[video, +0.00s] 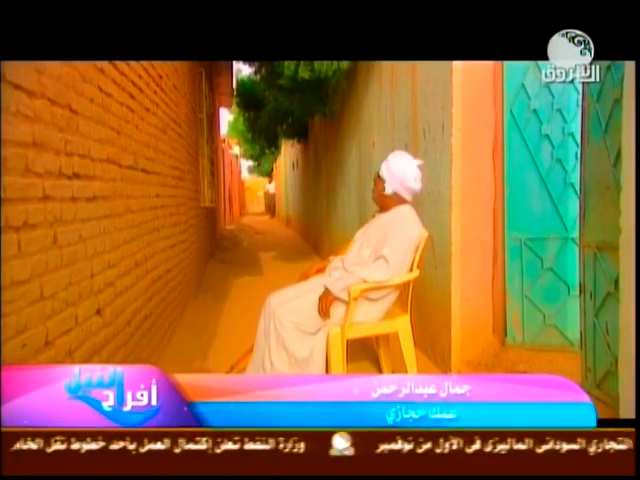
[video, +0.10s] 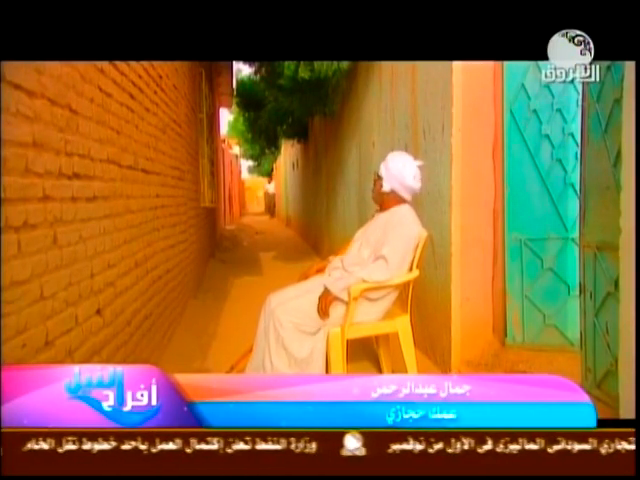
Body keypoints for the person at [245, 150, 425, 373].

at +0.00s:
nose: (373, 186)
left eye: (378, 181)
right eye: (376, 179)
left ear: (390, 188)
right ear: (392, 189)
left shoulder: (405, 221)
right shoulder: (388, 216)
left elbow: (388, 271)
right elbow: (358, 253)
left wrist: (336, 288)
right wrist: (327, 266)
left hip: (360, 298)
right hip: (341, 281)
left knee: (283, 314)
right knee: (274, 303)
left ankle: (281, 386)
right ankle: (266, 379)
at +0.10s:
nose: (373, 185)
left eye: (378, 180)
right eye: (376, 179)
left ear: (389, 186)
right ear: (394, 187)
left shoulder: (404, 221)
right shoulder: (388, 216)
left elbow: (387, 271)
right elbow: (358, 253)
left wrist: (335, 288)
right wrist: (327, 266)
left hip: (359, 299)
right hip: (341, 282)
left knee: (282, 313)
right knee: (274, 303)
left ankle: (279, 386)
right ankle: (267, 380)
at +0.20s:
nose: (373, 186)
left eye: (378, 180)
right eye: (375, 179)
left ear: (388, 185)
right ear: (395, 186)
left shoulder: (403, 221)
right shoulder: (388, 216)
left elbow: (388, 272)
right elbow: (357, 253)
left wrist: (335, 288)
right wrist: (327, 265)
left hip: (359, 299)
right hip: (341, 282)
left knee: (281, 313)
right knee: (275, 304)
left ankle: (280, 386)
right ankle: (268, 380)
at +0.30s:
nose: (373, 186)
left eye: (378, 180)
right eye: (376, 179)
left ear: (389, 186)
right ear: (395, 187)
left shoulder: (403, 221)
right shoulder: (387, 216)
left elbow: (388, 272)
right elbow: (356, 252)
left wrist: (336, 289)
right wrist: (326, 266)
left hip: (358, 297)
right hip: (341, 280)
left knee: (282, 314)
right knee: (274, 304)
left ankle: (281, 387)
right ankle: (267, 381)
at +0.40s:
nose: (373, 186)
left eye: (378, 181)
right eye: (376, 180)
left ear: (388, 186)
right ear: (395, 187)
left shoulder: (404, 221)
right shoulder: (387, 216)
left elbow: (388, 272)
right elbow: (356, 252)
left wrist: (336, 289)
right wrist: (326, 266)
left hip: (358, 297)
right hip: (340, 280)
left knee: (282, 314)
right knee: (274, 304)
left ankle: (282, 387)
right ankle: (267, 380)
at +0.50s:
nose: (373, 186)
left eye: (378, 181)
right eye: (376, 180)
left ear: (389, 187)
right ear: (394, 187)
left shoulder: (403, 221)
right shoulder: (387, 216)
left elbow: (387, 272)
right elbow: (356, 251)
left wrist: (336, 289)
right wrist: (326, 266)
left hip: (358, 297)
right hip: (341, 279)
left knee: (282, 315)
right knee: (274, 304)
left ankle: (282, 386)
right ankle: (268, 380)